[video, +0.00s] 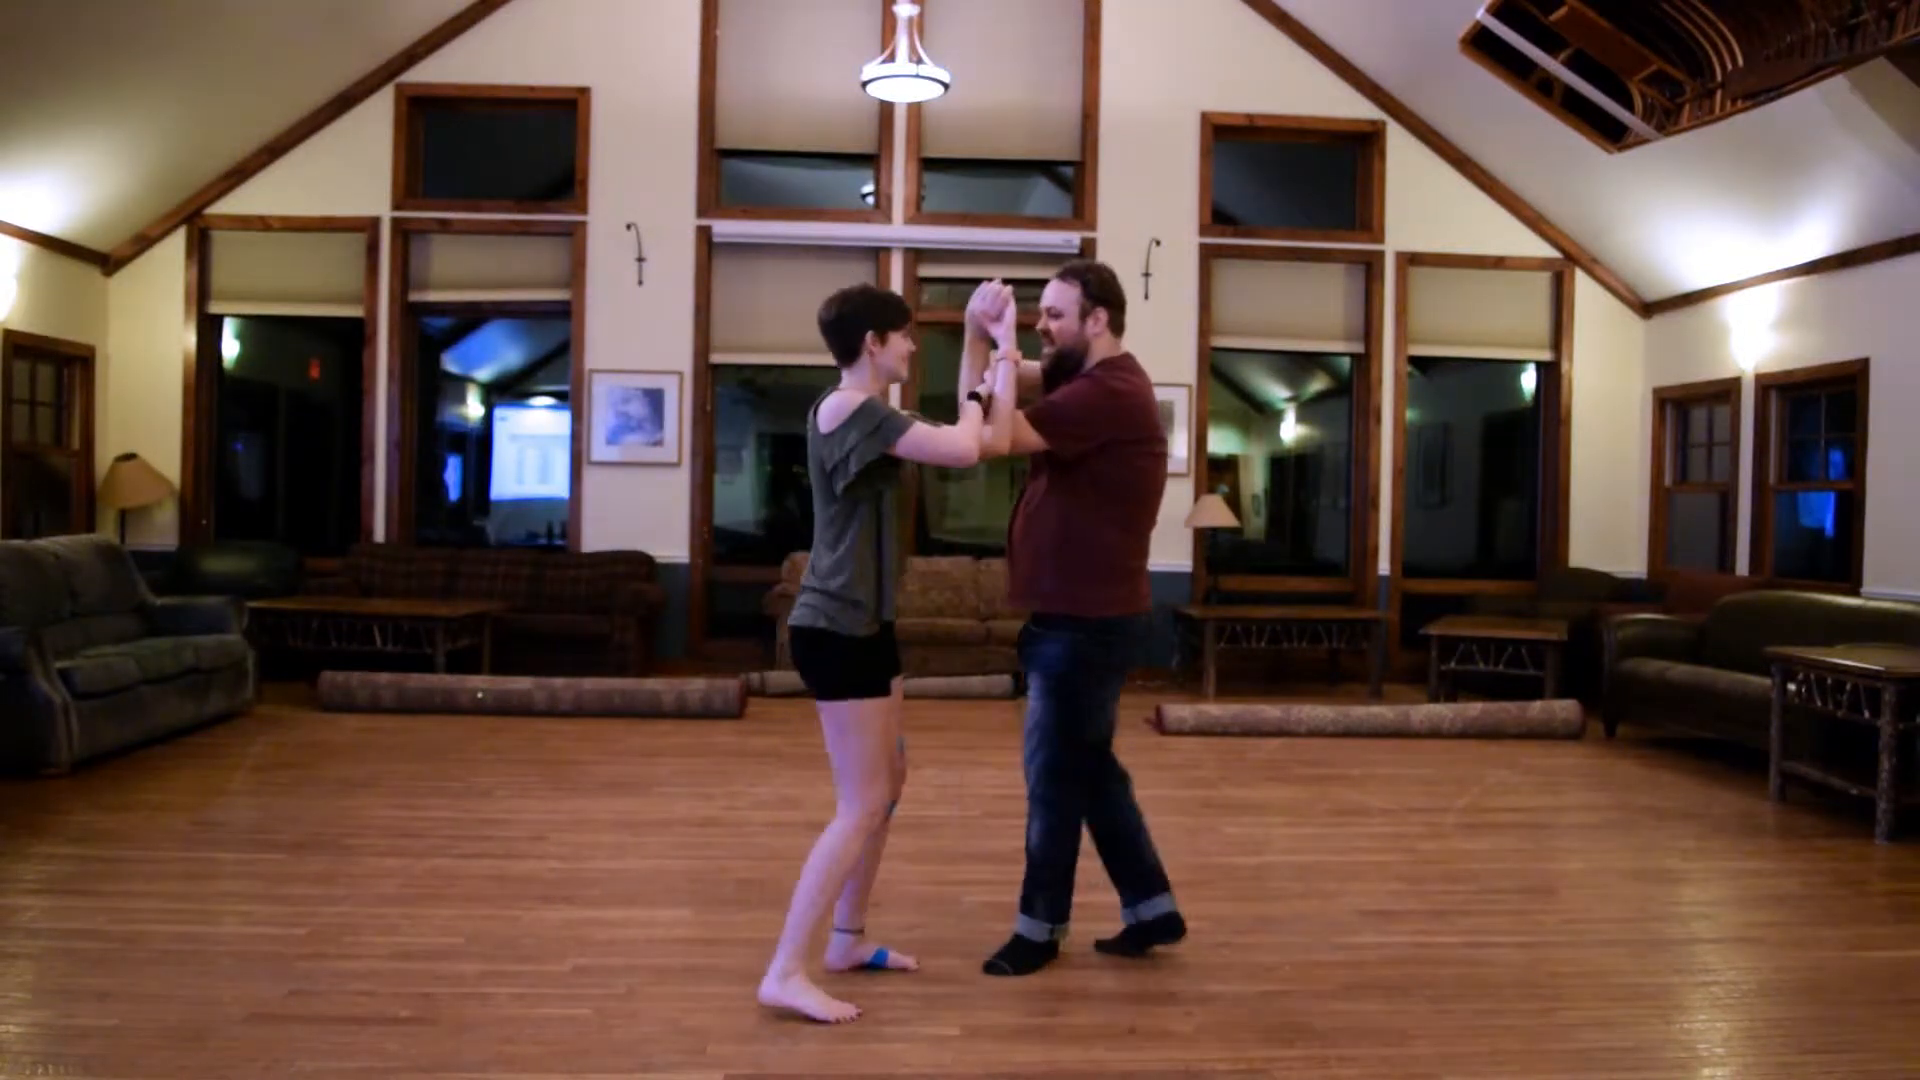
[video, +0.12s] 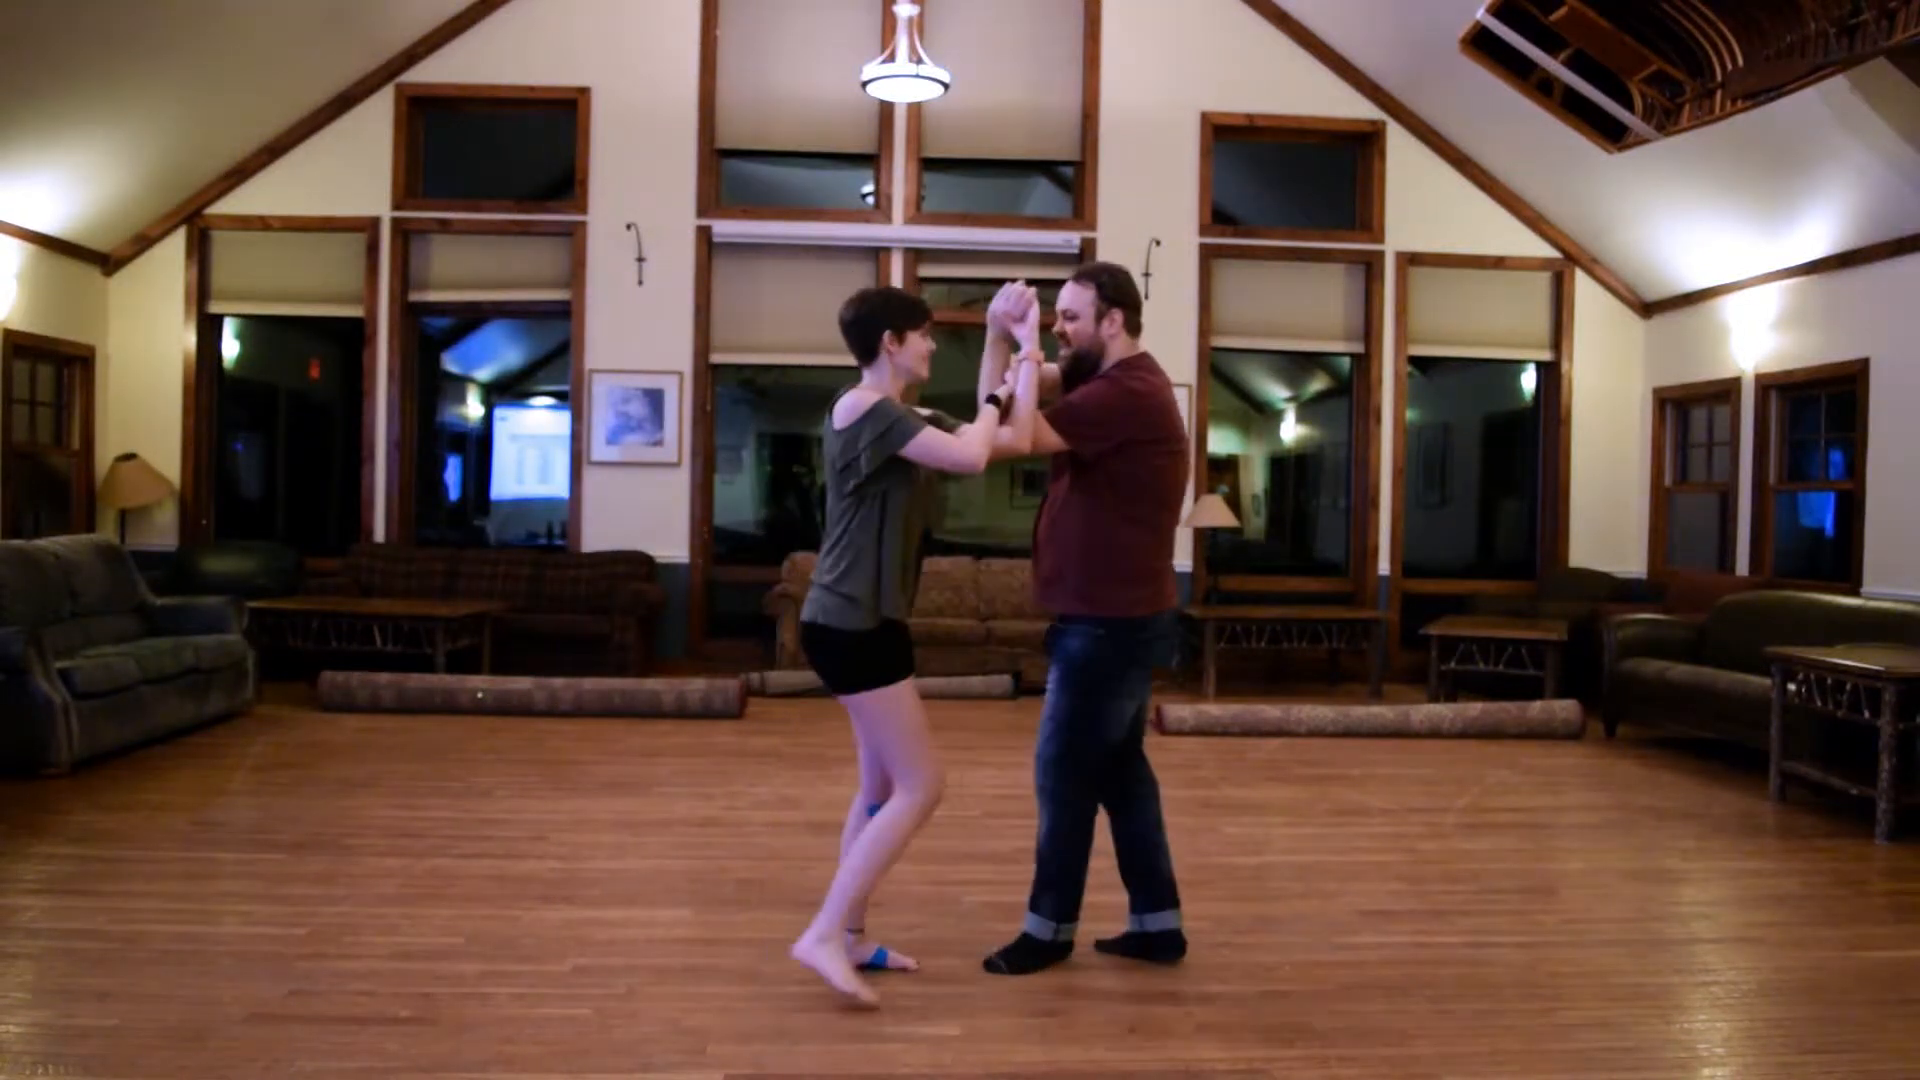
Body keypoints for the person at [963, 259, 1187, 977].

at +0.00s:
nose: (1044, 327)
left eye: (1056, 315)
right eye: (1044, 316)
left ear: (1097, 318)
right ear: (1082, 319)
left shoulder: (1111, 389)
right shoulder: (1080, 373)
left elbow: (1001, 434)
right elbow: (983, 401)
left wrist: (1002, 353)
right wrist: (984, 335)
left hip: (1085, 618)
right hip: (1068, 613)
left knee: (1051, 775)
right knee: (1089, 765)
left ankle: (1040, 927)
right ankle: (1153, 910)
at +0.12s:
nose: (1060, 330)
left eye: (1071, 317)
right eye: (1059, 318)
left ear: (1113, 320)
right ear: (1108, 324)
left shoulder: (1126, 391)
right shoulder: (1106, 380)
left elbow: (1018, 433)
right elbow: (999, 411)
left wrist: (1015, 348)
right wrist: (1004, 339)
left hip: (1108, 621)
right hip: (1114, 618)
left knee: (1062, 771)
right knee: (1121, 769)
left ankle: (1049, 928)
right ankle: (1158, 924)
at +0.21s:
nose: (1074, 329)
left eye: (1084, 316)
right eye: (1072, 317)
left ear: (1127, 318)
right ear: (1117, 321)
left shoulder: (1145, 386)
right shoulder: (1117, 377)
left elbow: (1034, 431)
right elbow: (1015, 407)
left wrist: (1031, 349)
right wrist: (1016, 335)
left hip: (1124, 616)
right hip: (1120, 613)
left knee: (1075, 767)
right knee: (1136, 768)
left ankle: (1066, 927)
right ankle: (1160, 926)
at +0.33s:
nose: (1101, 328)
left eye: (1111, 315)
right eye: (1100, 315)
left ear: (1154, 318)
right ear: (1150, 321)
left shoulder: (1167, 388)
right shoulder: (1154, 381)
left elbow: (1061, 430)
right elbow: (1059, 419)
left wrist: (1054, 344)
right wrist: (1051, 343)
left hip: (1143, 614)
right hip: (1153, 610)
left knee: (1093, 755)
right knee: (1149, 760)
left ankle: (1150, 922)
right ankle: (1161, 921)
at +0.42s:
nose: (1116, 330)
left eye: (1127, 316)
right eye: (1114, 317)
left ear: (1170, 318)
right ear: (1158, 321)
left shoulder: (1186, 387)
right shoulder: (1155, 379)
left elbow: (1080, 434)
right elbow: (1062, 413)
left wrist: (1072, 352)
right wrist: (1058, 340)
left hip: (1167, 616)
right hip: (1145, 612)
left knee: (1122, 761)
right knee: (1147, 763)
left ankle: (1206, 904)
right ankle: (1164, 917)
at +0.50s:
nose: (1132, 330)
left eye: (1142, 317)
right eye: (1131, 317)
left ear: (1183, 318)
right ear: (1170, 320)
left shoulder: (1205, 387)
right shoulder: (1164, 376)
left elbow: (1105, 438)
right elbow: (1076, 418)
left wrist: (1103, 362)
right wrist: (1079, 342)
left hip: (1183, 615)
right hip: (1148, 611)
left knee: (1159, 774)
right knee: (1151, 773)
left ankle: (1247, 907)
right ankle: (1160, 926)